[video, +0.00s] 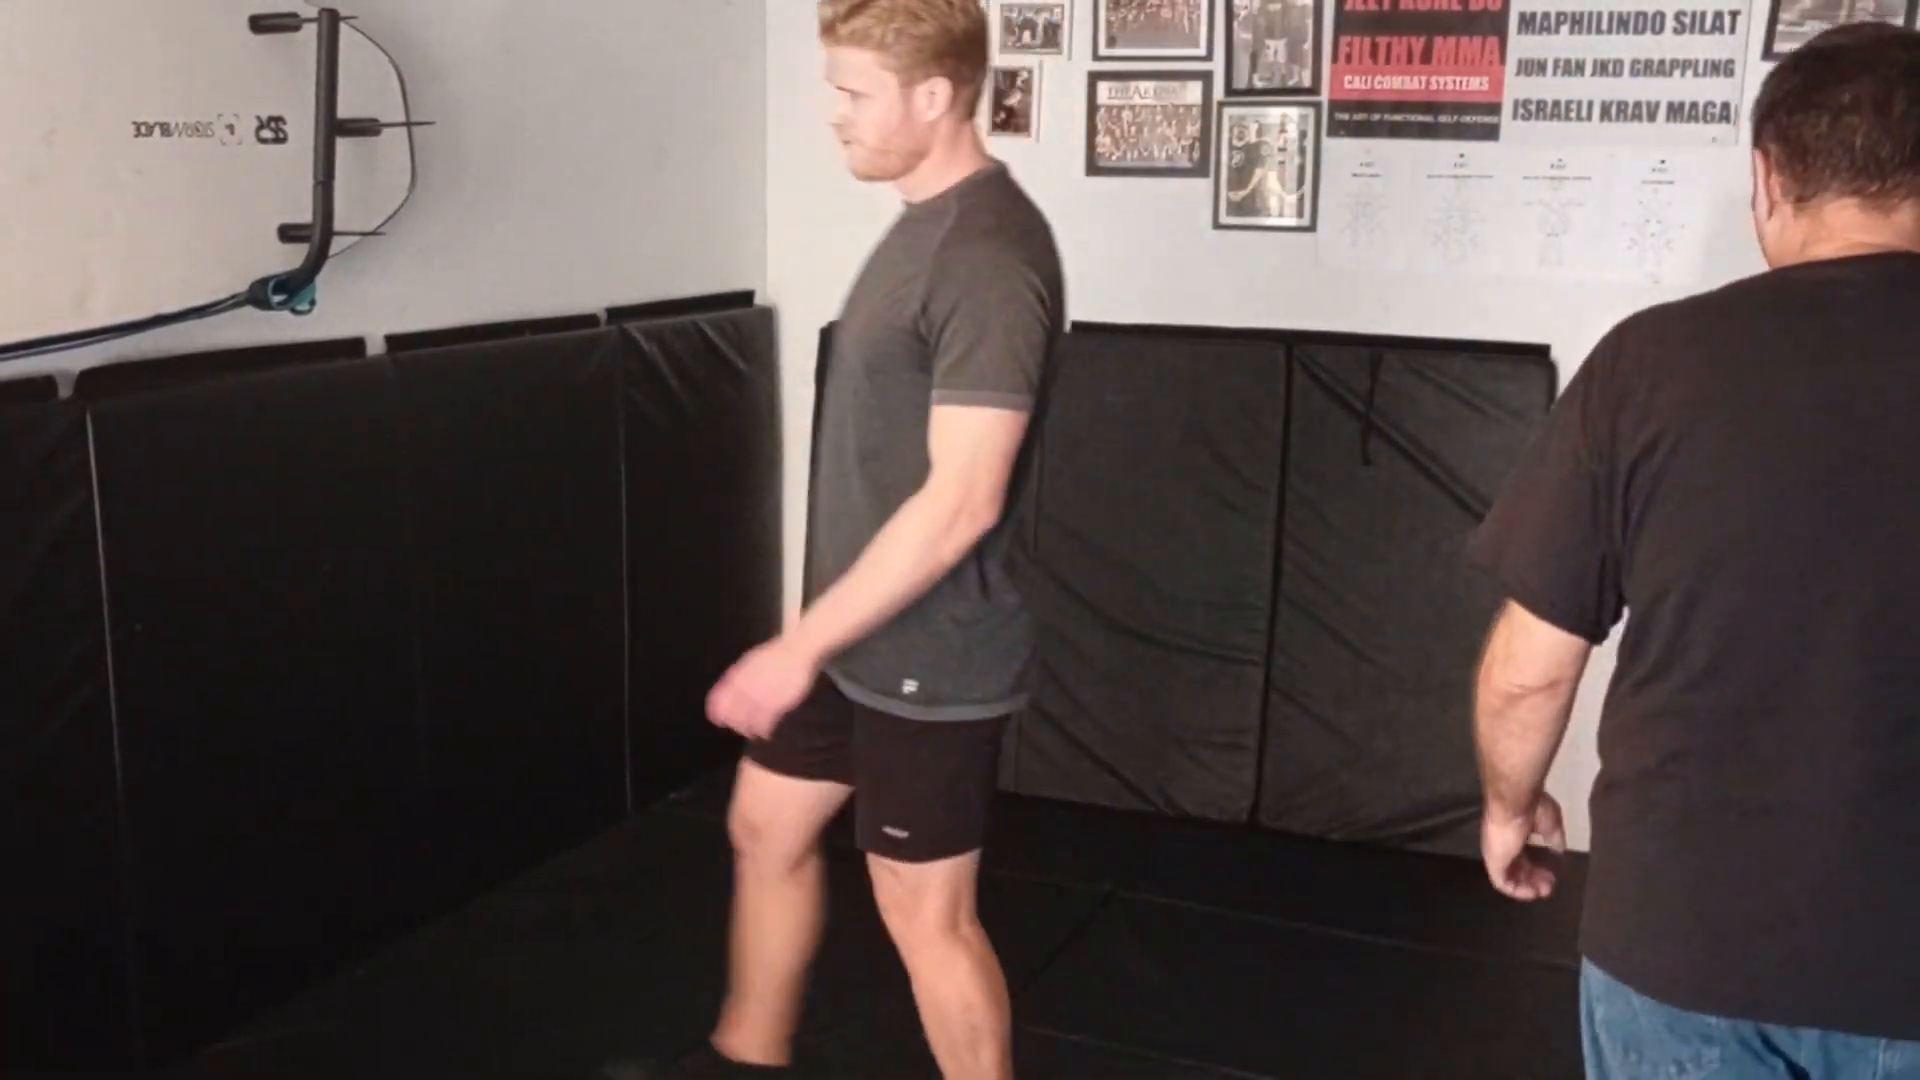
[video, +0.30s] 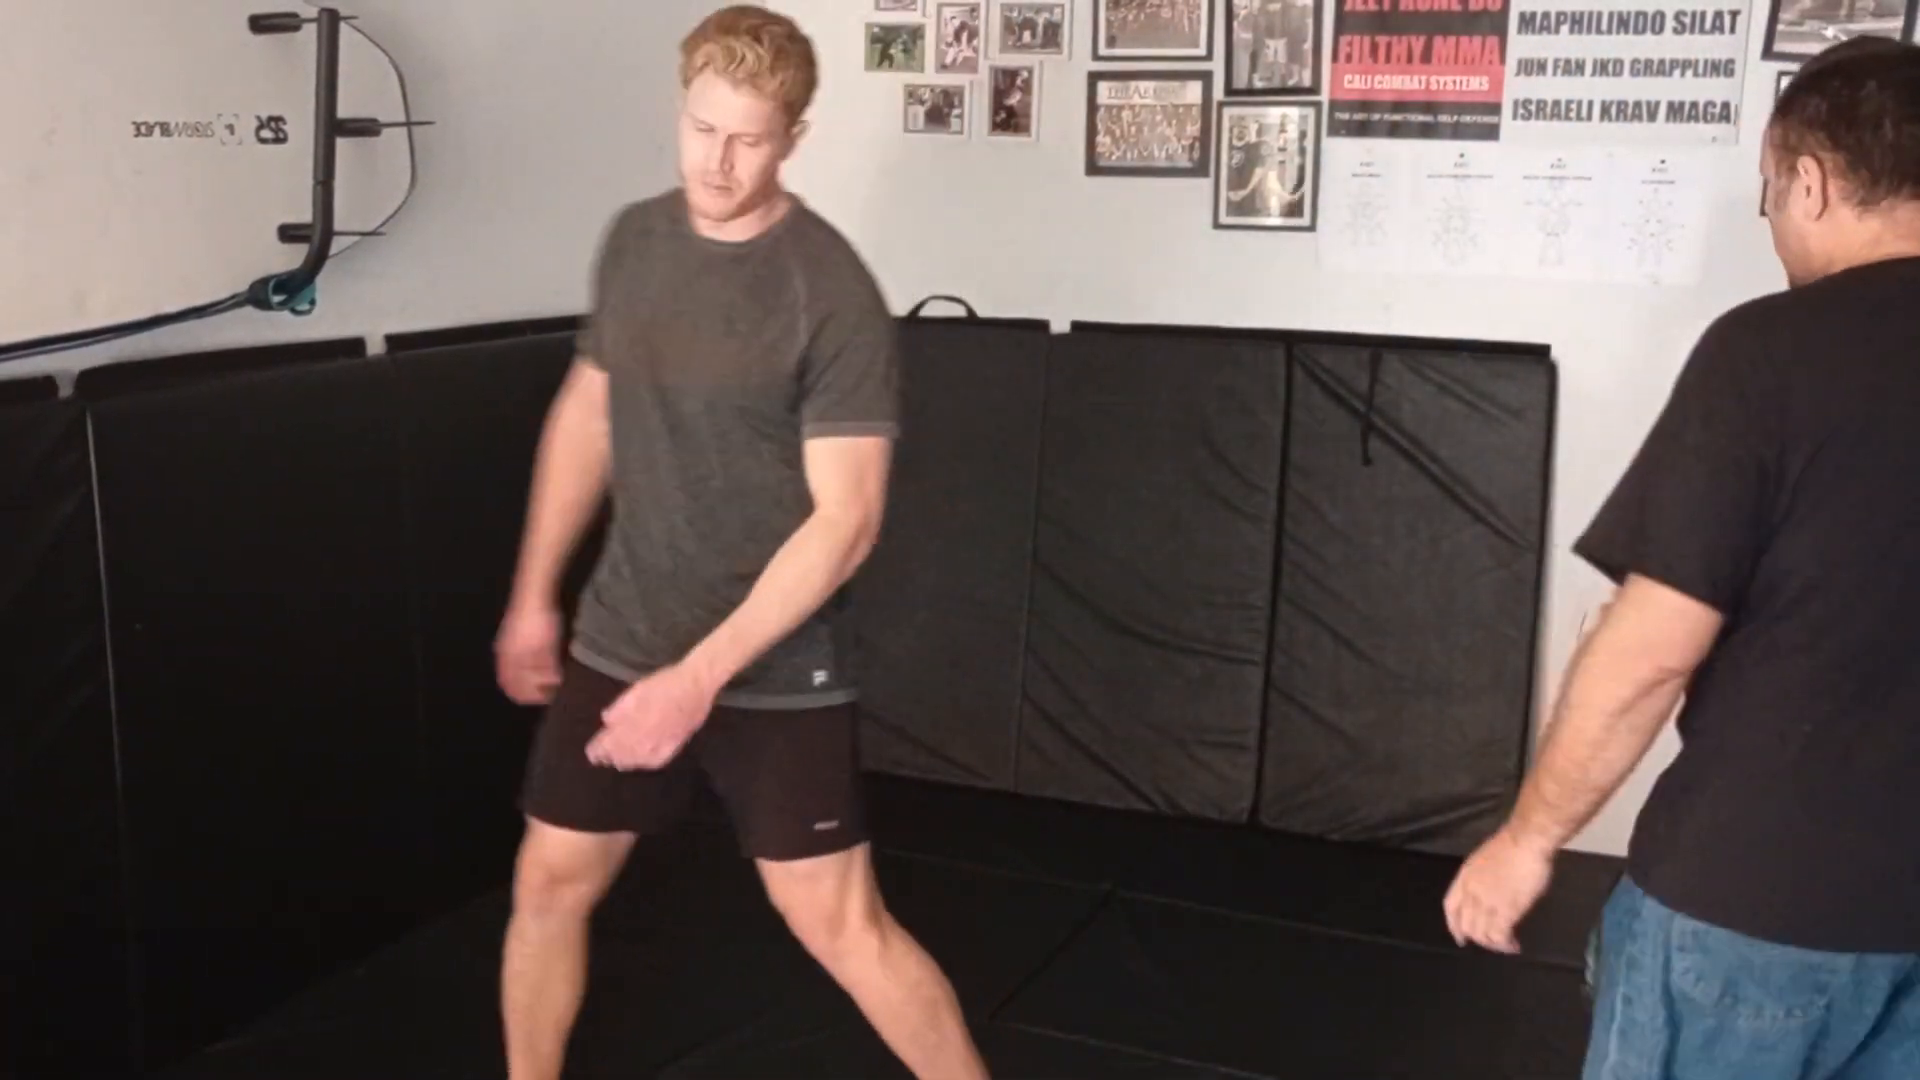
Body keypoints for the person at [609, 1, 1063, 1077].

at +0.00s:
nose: (835, 117)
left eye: (854, 95)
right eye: (834, 92)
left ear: (935, 100)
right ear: (928, 101)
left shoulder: (992, 256)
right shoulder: (926, 227)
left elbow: (966, 503)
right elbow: (902, 464)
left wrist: (799, 648)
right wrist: (830, 631)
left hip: (935, 668)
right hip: (852, 640)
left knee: (931, 918)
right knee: (766, 830)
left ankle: (983, 1074)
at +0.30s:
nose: (722, 160)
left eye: (750, 139)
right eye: (706, 130)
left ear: (791, 138)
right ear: (679, 119)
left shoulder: (834, 295)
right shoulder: (637, 239)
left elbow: (848, 521)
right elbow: (588, 410)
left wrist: (694, 678)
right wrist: (534, 593)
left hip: (775, 672)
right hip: (618, 655)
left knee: (842, 926)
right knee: (547, 892)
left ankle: (970, 1076)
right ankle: (529, 1075)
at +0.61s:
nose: (664, 123)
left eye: (679, 100)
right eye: (644, 97)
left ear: (690, 95)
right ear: (573, 81)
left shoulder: (715, 245)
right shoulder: (450, 217)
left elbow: (755, 439)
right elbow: (322, 377)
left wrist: (751, 617)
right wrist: (214, 540)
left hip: (672, 626)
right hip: (506, 628)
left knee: (706, 867)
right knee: (504, 872)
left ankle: (704, 1015)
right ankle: (521, 1075)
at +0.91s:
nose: (637, 105)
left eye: (647, 83)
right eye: (616, 80)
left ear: (655, 87)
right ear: (543, 79)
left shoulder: (660, 232)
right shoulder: (434, 228)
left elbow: (696, 413)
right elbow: (358, 427)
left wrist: (729, 585)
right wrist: (345, 613)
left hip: (626, 614)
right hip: (486, 626)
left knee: (591, 823)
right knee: (510, 879)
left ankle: (524, 1020)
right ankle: (517, 1073)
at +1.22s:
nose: (637, 109)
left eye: (644, 87)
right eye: (616, 87)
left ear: (641, 90)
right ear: (543, 88)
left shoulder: (612, 217)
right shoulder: (456, 226)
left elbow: (646, 384)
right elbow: (447, 432)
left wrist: (755, 479)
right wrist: (610, 549)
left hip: (603, 586)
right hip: (510, 595)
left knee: (554, 827)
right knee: (582, 832)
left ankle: (514, 1033)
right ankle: (488, 1068)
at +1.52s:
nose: (639, 116)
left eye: (644, 95)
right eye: (621, 94)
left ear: (633, 96)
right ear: (546, 88)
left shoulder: (597, 206)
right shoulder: (463, 198)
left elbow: (697, 319)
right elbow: (537, 347)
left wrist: (790, 224)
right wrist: (695, 233)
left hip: (582, 578)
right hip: (511, 592)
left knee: (526, 828)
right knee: (570, 850)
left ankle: (512, 1017)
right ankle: (538, 1068)